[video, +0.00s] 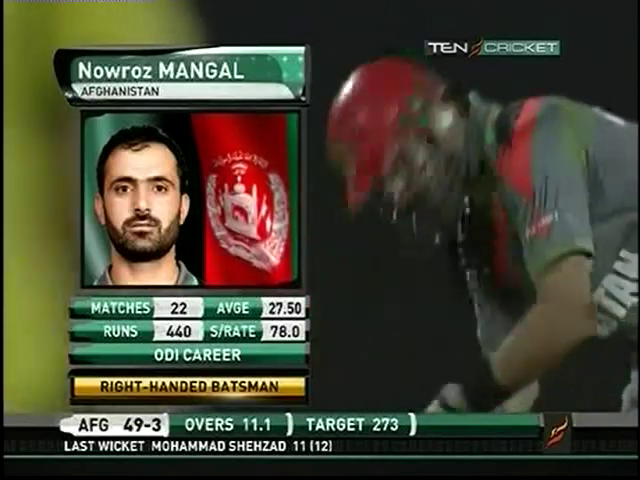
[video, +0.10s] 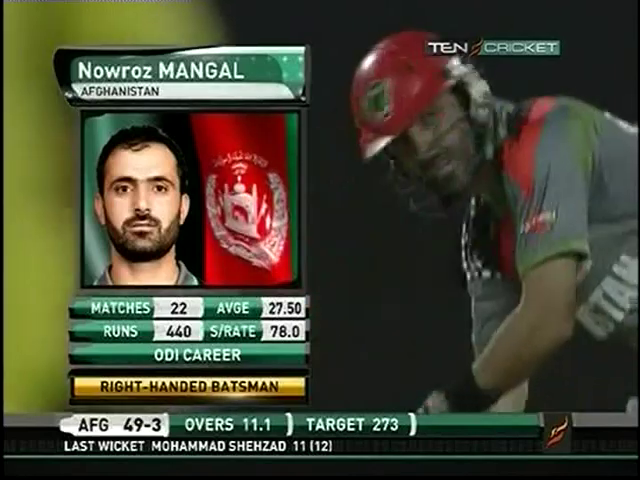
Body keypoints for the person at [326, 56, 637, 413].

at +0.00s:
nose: (397, 196)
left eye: (397, 169)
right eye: (385, 184)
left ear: (426, 130)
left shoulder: (541, 134)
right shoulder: (478, 217)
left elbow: (571, 313)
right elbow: (517, 380)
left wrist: (470, 395)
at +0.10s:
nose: (423, 148)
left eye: (430, 118)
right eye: (402, 140)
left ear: (469, 97)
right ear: (395, 160)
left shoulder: (551, 133)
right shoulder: (484, 237)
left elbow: (548, 319)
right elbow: (503, 392)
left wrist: (456, 400)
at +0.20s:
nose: (434, 149)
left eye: (441, 121)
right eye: (411, 142)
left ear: (479, 106)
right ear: (399, 165)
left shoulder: (554, 152)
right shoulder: (483, 254)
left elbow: (546, 339)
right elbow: (495, 398)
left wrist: (481, 402)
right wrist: (565, 320)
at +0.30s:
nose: (440, 161)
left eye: (448, 131)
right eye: (417, 153)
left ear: (486, 117)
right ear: (404, 174)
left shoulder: (558, 170)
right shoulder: (487, 269)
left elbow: (553, 354)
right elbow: (503, 413)